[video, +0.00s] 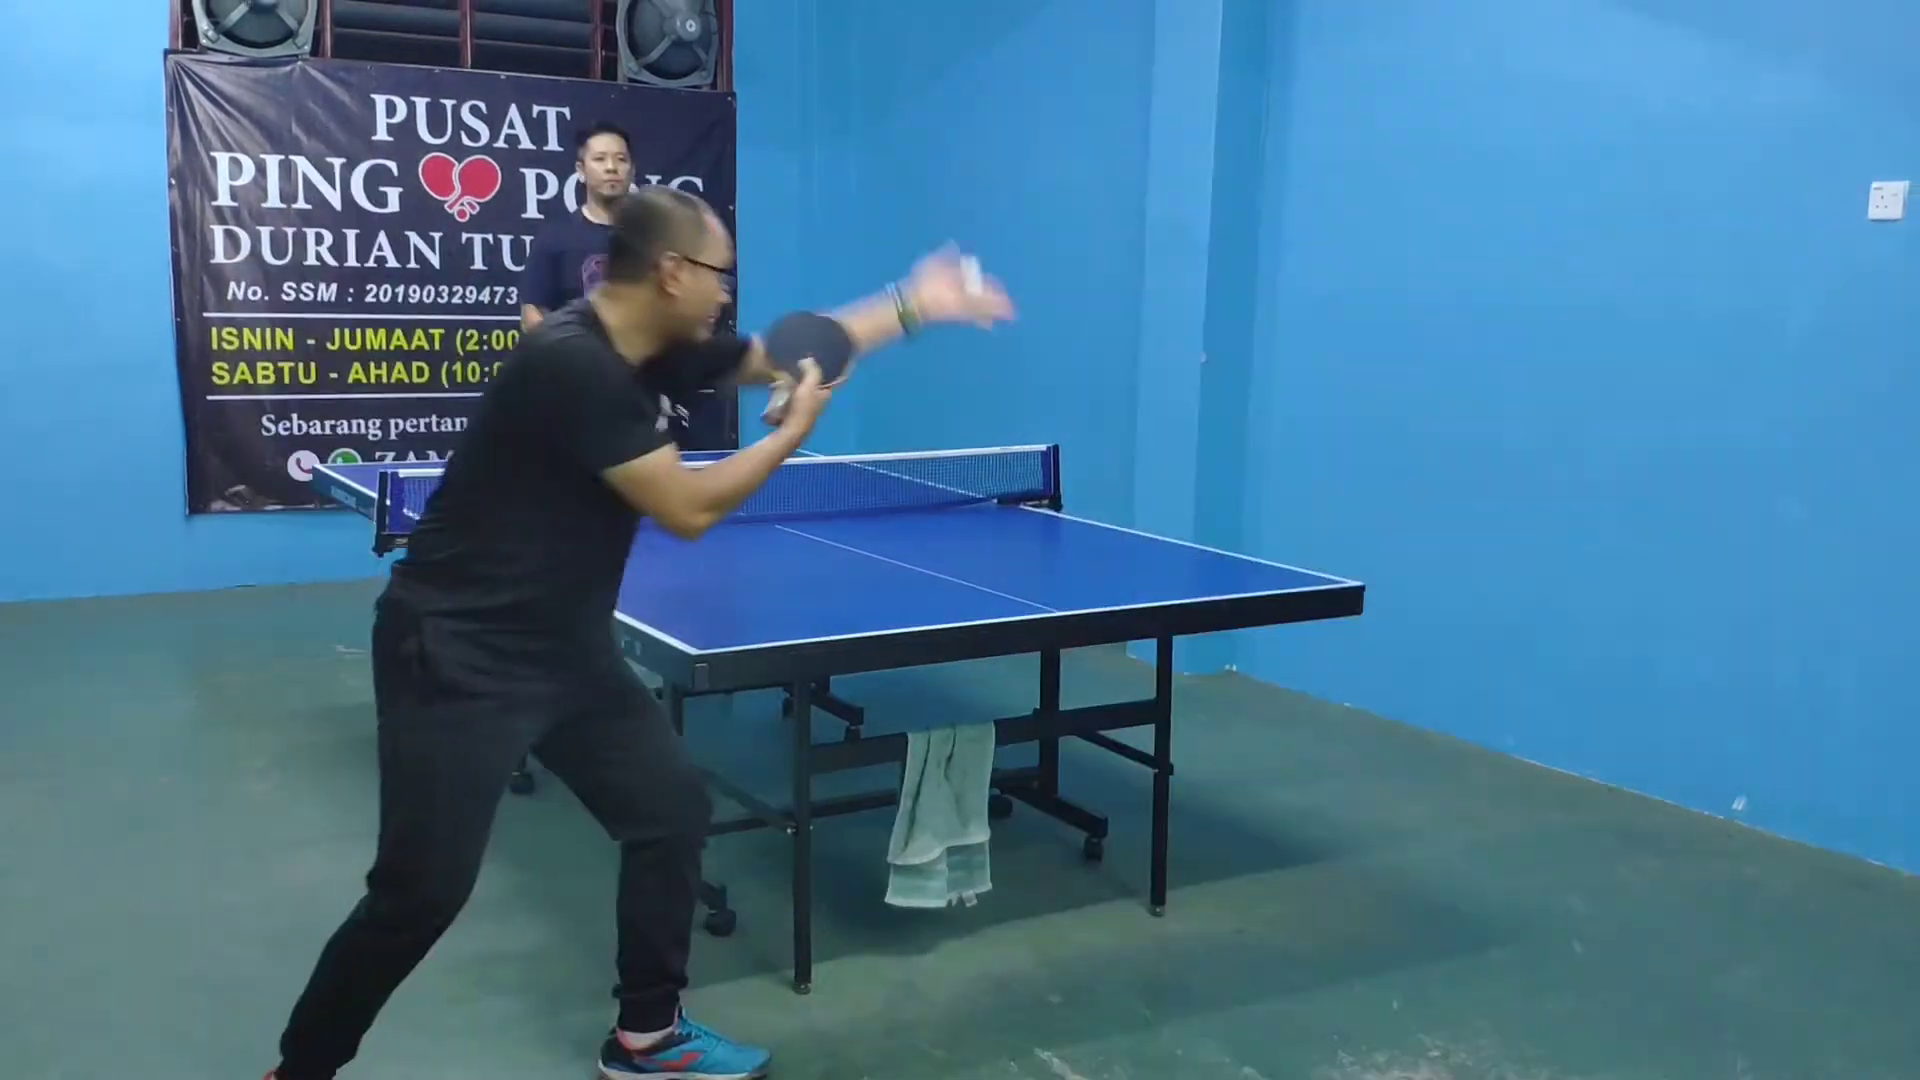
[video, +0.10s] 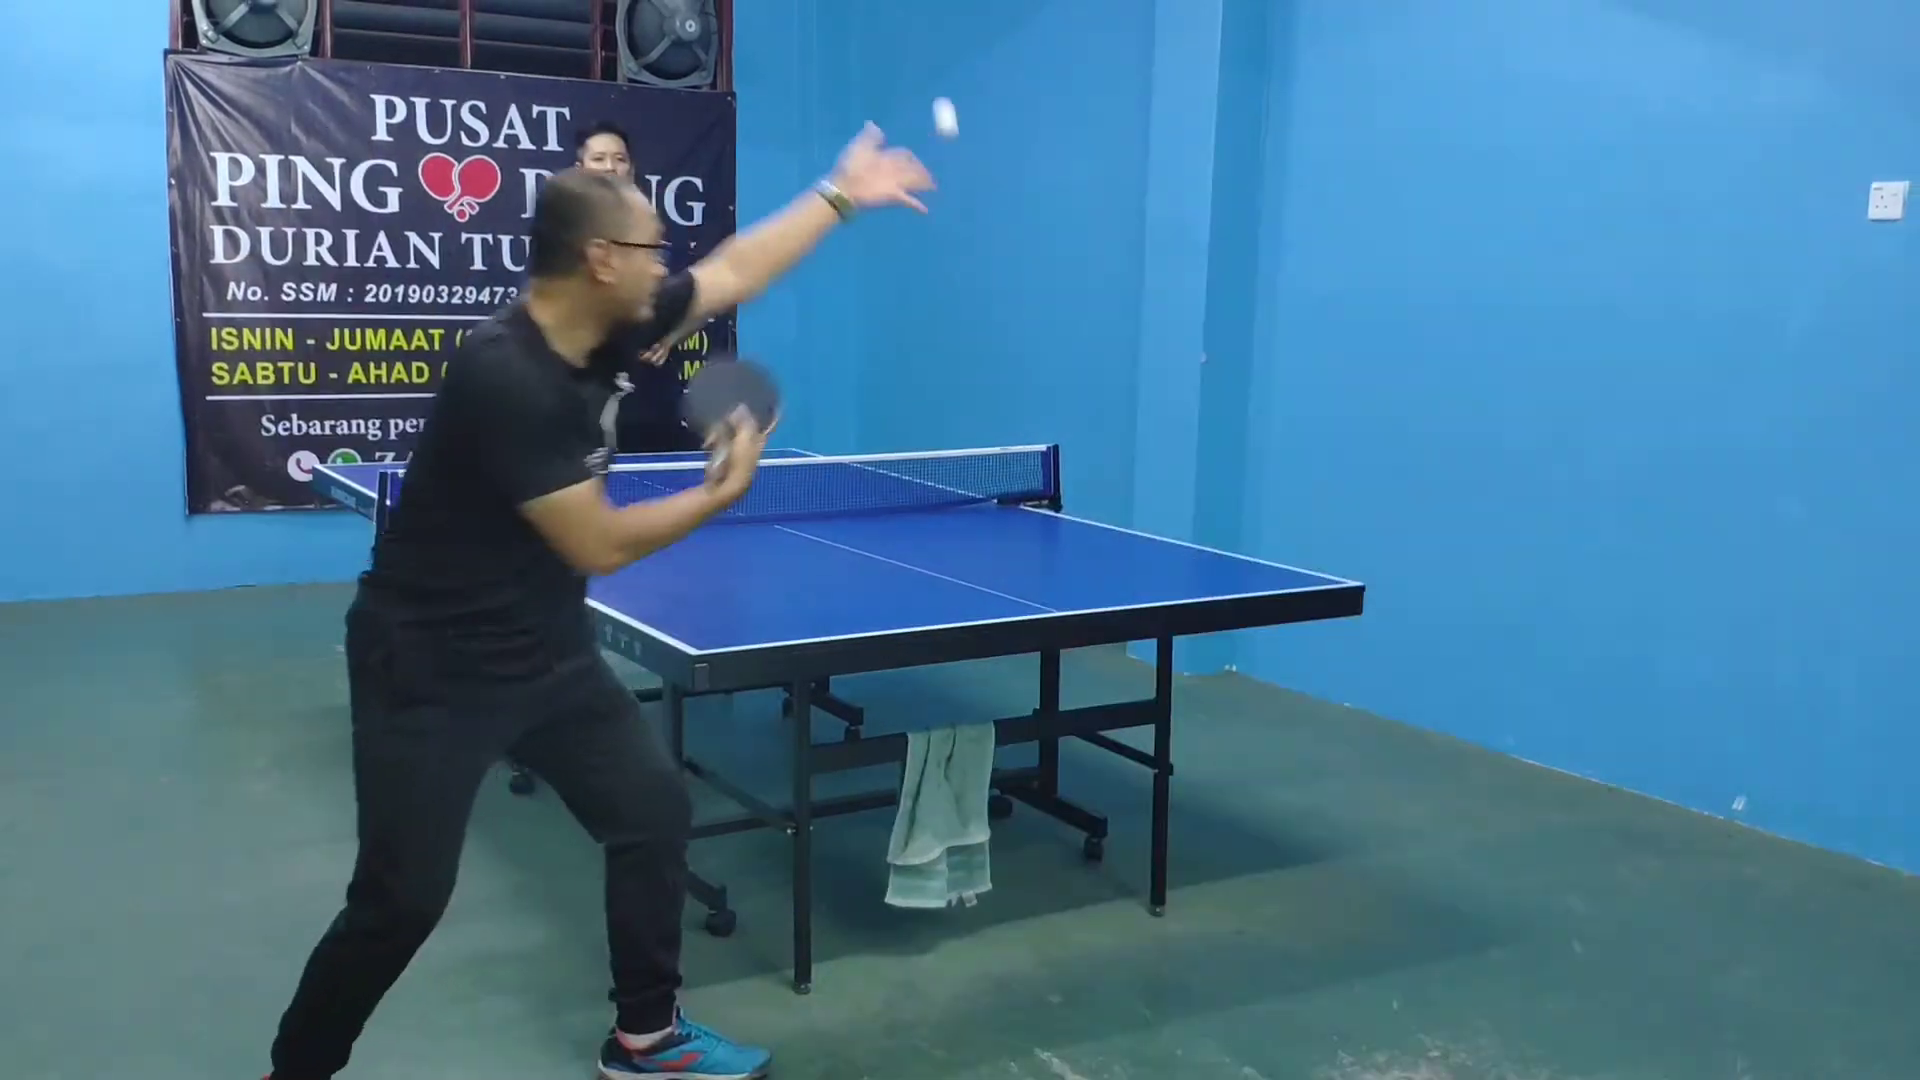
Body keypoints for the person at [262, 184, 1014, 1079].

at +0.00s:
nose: (727, 292)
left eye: (726, 273)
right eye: (720, 272)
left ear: (664, 271)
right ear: (669, 273)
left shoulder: (662, 350)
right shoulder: (568, 366)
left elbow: (780, 360)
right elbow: (686, 506)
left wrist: (910, 305)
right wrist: (791, 430)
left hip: (564, 648)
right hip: (452, 646)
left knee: (670, 810)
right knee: (423, 888)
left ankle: (646, 1034)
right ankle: (302, 1067)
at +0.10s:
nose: (661, 265)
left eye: (657, 248)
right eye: (650, 249)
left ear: (594, 257)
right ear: (598, 261)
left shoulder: (604, 330)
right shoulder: (504, 377)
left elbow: (730, 275)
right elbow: (596, 545)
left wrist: (837, 195)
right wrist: (716, 494)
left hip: (544, 646)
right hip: (427, 659)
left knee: (653, 813)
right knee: (403, 898)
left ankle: (647, 1034)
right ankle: (298, 1069)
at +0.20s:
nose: (602, 249)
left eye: (596, 233)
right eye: (586, 235)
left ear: (537, 255)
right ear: (536, 257)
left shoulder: (561, 316)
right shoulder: (441, 395)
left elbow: (678, 250)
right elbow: (474, 586)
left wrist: (777, 168)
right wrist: (621, 583)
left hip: (508, 644)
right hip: (392, 659)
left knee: (623, 808)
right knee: (385, 898)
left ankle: (638, 1029)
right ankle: (292, 1068)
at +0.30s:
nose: (562, 237)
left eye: (552, 220)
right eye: (543, 224)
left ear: (495, 257)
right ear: (494, 259)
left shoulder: (539, 326)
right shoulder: (393, 406)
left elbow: (652, 262)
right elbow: (356, 597)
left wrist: (750, 190)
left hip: (485, 646)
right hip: (368, 669)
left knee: (610, 792)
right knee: (374, 900)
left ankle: (596, 1015)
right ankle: (293, 1067)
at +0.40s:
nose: (553, 238)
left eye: (545, 221)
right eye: (534, 225)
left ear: (491, 254)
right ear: (481, 256)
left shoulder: (543, 324)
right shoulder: (374, 395)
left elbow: (644, 289)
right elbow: (278, 570)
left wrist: (739, 242)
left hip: (493, 657)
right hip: (377, 692)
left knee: (592, 803)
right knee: (374, 909)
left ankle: (544, 1019)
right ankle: (293, 1070)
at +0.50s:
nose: (576, 232)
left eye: (568, 216)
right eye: (559, 219)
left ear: (512, 245)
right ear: (506, 245)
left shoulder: (562, 327)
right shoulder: (386, 376)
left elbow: (648, 328)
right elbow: (243, 502)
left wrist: (714, 310)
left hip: (485, 650)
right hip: (369, 670)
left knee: (586, 785)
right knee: (382, 906)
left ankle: (538, 1003)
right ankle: (295, 1069)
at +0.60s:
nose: (625, 282)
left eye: (622, 263)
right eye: (610, 264)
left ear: (553, 278)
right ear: (550, 277)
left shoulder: (577, 369)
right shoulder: (416, 362)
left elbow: (635, 378)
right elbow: (260, 429)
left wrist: (669, 364)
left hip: (494, 660)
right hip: (379, 680)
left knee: (619, 775)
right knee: (398, 940)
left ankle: (464, 904)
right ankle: (298, 1070)